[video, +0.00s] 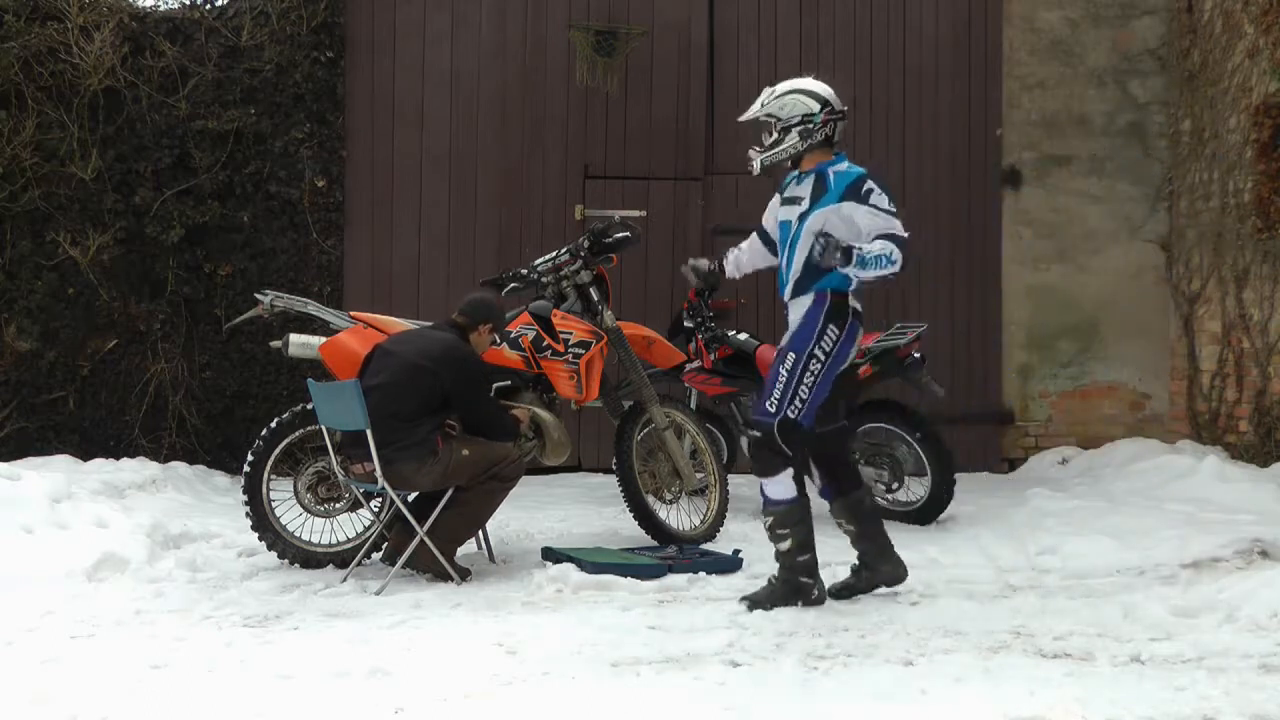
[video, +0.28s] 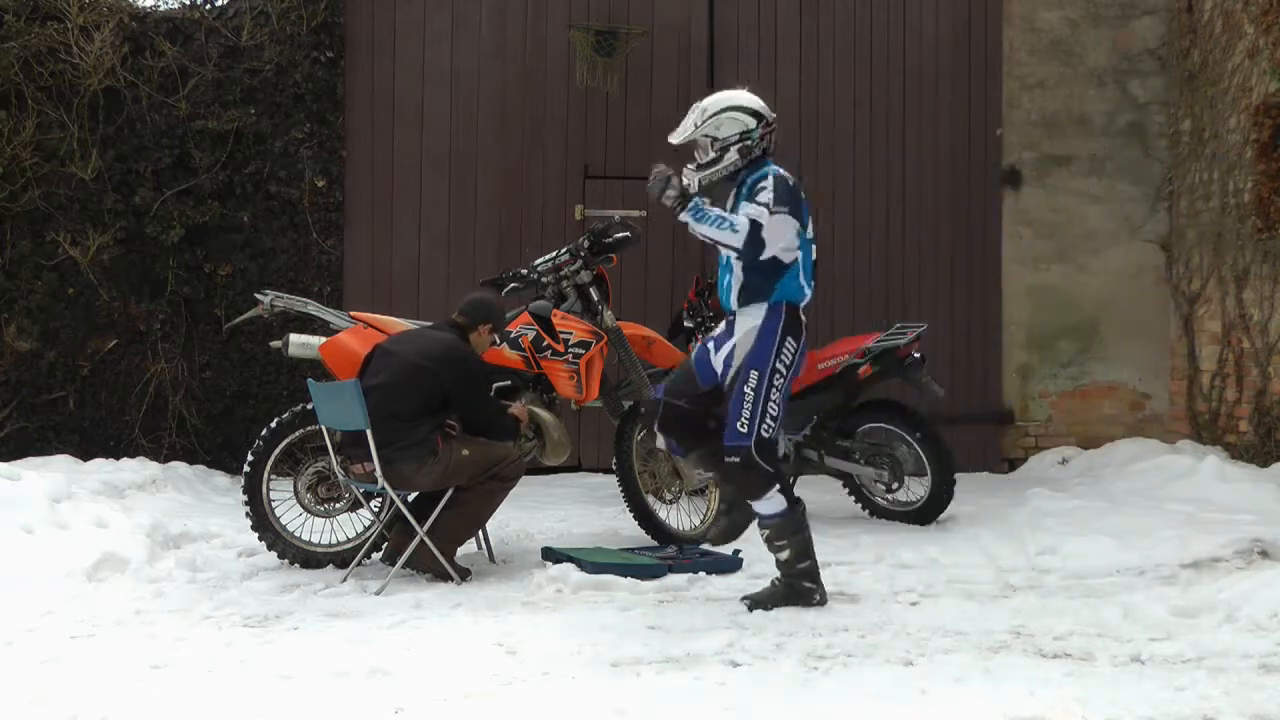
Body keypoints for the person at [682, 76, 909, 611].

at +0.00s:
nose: (765, 139)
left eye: (774, 128)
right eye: (765, 129)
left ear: (806, 128)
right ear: (802, 131)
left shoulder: (851, 182)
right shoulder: (789, 192)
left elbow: (891, 250)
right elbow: (764, 245)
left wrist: (848, 265)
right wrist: (720, 267)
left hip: (829, 317)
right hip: (803, 318)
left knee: (768, 434)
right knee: (823, 440)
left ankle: (797, 575)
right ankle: (878, 558)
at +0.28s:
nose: (699, 157)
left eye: (706, 145)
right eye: (697, 148)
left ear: (737, 141)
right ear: (734, 145)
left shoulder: (772, 184)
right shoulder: (741, 190)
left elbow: (749, 239)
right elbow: (754, 261)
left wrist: (687, 205)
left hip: (773, 326)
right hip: (736, 324)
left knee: (746, 456)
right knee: (672, 406)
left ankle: (801, 577)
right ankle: (736, 487)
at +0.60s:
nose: (626, 158)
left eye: (631, 147)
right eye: (626, 147)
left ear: (654, 143)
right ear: (674, 145)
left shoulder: (680, 190)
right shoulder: (703, 196)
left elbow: (695, 269)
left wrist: (687, 347)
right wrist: (629, 233)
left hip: (671, 346)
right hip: (689, 348)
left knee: (601, 448)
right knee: (647, 448)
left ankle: (718, 507)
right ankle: (684, 573)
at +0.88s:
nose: (562, 137)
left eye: (567, 126)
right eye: (561, 128)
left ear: (597, 122)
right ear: (600, 123)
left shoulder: (648, 171)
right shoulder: (602, 182)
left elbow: (654, 230)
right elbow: (575, 245)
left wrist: (607, 179)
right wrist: (534, 277)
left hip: (626, 317)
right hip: (604, 316)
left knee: (559, 439)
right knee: (618, 447)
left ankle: (603, 585)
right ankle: (681, 561)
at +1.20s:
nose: (486, 144)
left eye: (489, 132)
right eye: (484, 134)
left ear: (511, 125)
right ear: (542, 122)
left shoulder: (534, 166)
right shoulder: (578, 170)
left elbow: (480, 199)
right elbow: (632, 244)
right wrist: (619, 304)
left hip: (564, 317)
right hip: (543, 316)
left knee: (541, 450)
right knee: (467, 410)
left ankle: (604, 586)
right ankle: (527, 526)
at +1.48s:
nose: (443, 148)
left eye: (444, 136)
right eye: (445, 138)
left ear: (457, 126)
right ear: (501, 128)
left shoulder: (490, 174)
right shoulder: (519, 171)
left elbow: (502, 258)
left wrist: (477, 335)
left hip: (486, 331)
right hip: (513, 332)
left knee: (392, 424)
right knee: (477, 442)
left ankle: (490, 502)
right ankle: (511, 579)